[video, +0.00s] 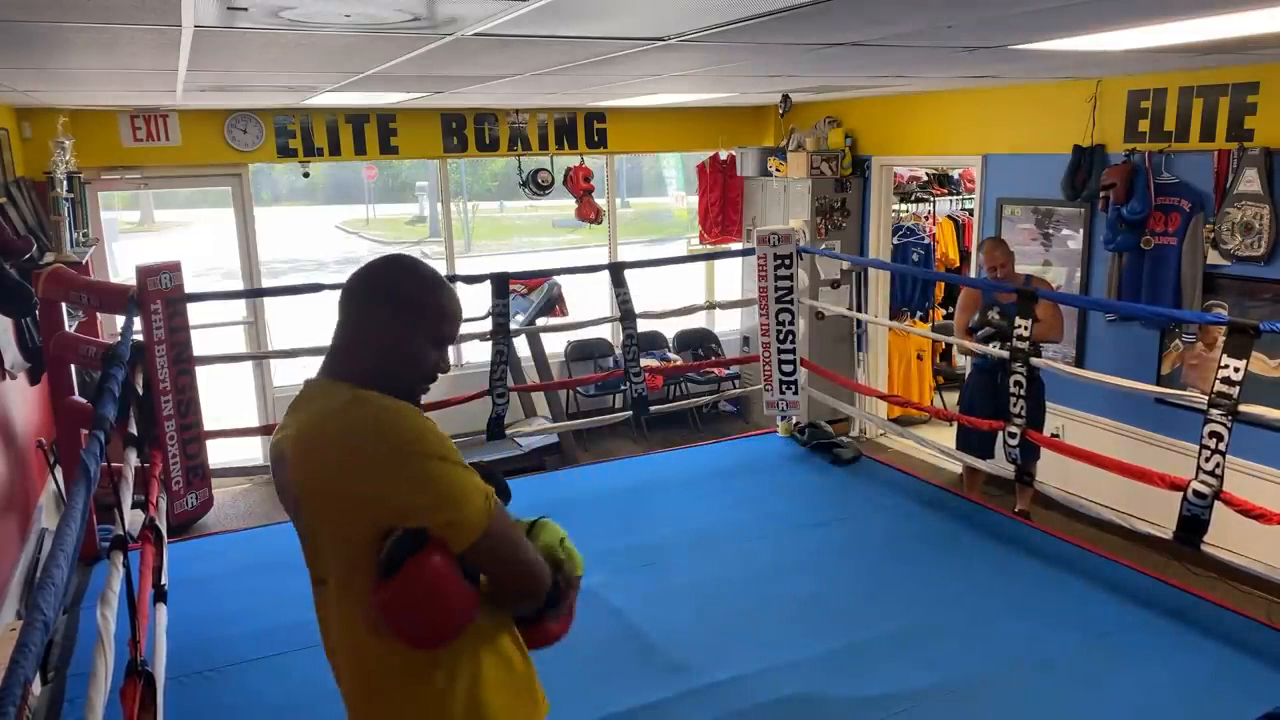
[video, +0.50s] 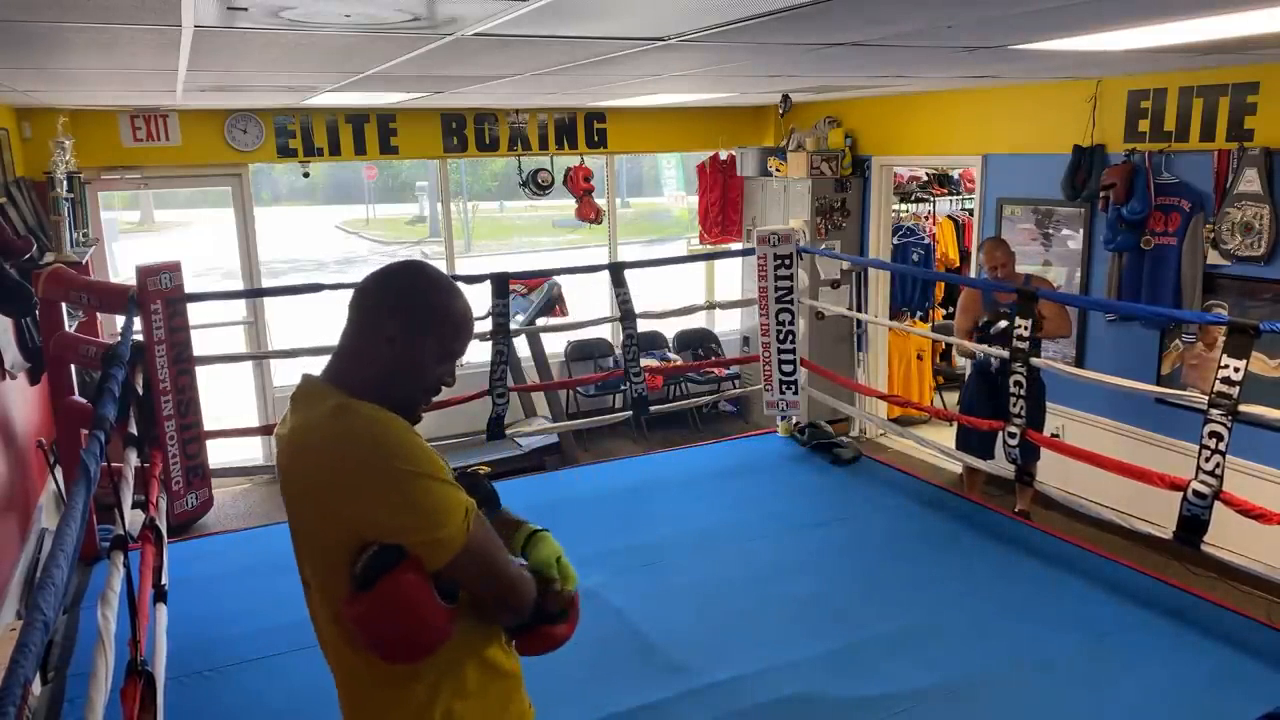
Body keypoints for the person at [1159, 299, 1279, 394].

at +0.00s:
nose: (1220, 327)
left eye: (1223, 322)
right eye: (1215, 322)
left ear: (1226, 327)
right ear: (1201, 325)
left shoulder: (1231, 349)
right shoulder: (1189, 349)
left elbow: (1270, 368)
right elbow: (1162, 369)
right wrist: (1180, 351)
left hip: (1219, 405)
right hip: (1189, 400)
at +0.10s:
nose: (1220, 327)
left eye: (1223, 322)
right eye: (1215, 322)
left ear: (1226, 327)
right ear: (1201, 325)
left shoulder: (1231, 349)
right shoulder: (1189, 349)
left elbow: (1270, 368)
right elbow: (1162, 369)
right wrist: (1181, 352)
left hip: (1219, 405)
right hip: (1189, 400)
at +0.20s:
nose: (1220, 327)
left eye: (1223, 323)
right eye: (1215, 322)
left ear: (1226, 327)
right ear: (1201, 325)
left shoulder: (1231, 349)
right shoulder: (1189, 349)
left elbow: (1270, 368)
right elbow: (1162, 369)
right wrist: (1180, 351)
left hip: (1218, 405)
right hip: (1189, 400)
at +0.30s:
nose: (1220, 327)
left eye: (1223, 323)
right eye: (1215, 322)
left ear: (1226, 327)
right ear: (1201, 325)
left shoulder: (1231, 349)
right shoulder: (1189, 349)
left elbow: (1270, 368)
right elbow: (1162, 369)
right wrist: (1180, 351)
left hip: (1218, 405)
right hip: (1189, 400)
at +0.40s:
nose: (1220, 327)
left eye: (1223, 323)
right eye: (1215, 322)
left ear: (1226, 327)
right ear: (1201, 325)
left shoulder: (1231, 349)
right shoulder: (1189, 349)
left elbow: (1270, 368)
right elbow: (1162, 369)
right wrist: (1180, 351)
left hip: (1218, 405)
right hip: (1189, 400)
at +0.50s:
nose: (1220, 327)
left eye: (1223, 323)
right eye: (1215, 322)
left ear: (1226, 327)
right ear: (1201, 325)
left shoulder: (1231, 349)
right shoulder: (1189, 349)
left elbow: (1270, 368)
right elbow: (1162, 369)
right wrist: (1180, 351)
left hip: (1218, 405)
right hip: (1189, 400)